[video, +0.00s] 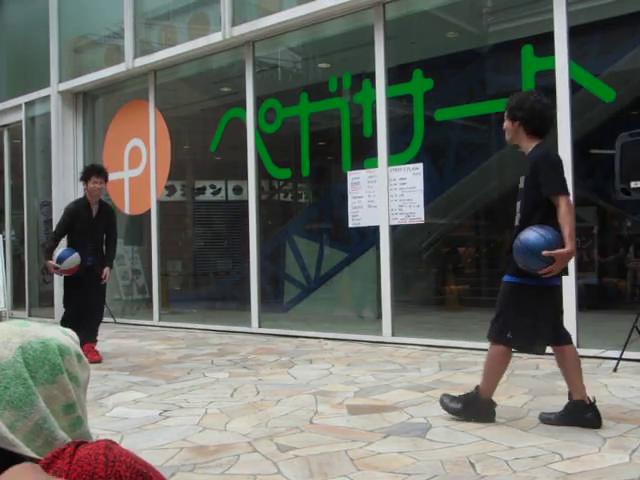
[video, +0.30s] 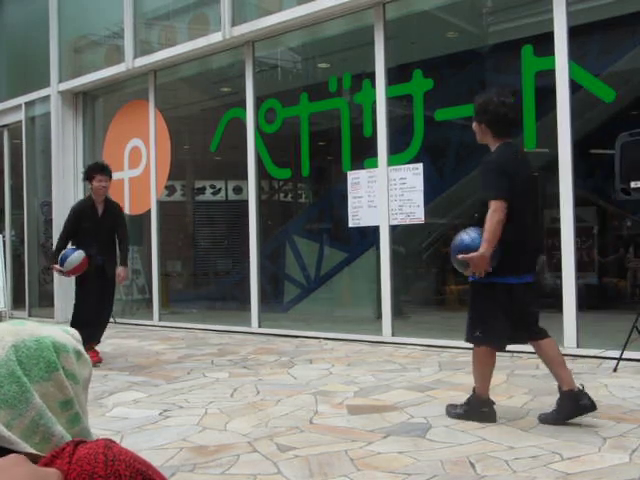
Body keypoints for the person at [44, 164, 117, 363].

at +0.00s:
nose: (98, 187)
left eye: (101, 184)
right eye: (94, 183)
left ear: (105, 186)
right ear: (85, 185)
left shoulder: (108, 211)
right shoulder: (74, 209)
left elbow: (111, 240)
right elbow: (56, 235)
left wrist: (108, 265)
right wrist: (48, 258)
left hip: (96, 267)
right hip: (74, 267)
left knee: (95, 307)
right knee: (74, 307)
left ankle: (89, 344)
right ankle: (65, 345)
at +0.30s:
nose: (102, 185)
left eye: (106, 181)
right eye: (98, 181)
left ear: (110, 184)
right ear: (90, 183)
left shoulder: (115, 209)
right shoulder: (80, 209)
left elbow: (123, 239)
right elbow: (65, 236)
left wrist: (123, 264)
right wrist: (55, 260)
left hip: (107, 266)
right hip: (85, 266)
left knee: (105, 306)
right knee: (85, 305)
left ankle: (92, 345)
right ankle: (82, 346)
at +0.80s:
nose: (135, 187)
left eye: (136, 183)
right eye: (131, 183)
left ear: (136, 185)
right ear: (118, 185)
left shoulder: (135, 208)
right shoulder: (107, 210)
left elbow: (138, 239)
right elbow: (100, 241)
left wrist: (136, 264)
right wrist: (103, 269)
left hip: (129, 264)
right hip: (111, 265)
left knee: (135, 304)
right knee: (117, 305)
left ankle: (105, 335)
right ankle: (124, 349)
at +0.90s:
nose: (141, 187)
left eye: (142, 183)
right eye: (137, 183)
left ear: (142, 184)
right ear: (124, 184)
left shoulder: (138, 207)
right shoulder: (113, 208)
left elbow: (143, 238)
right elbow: (109, 241)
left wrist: (144, 266)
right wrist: (117, 268)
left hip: (133, 266)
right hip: (114, 266)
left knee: (143, 300)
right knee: (119, 305)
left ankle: (124, 337)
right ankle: (122, 349)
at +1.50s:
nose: (165, 185)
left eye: (167, 182)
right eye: (161, 181)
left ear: (168, 184)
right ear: (148, 182)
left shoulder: (163, 208)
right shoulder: (137, 206)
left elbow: (164, 238)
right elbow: (132, 238)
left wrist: (175, 253)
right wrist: (148, 253)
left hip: (156, 260)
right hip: (137, 261)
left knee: (160, 300)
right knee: (143, 301)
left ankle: (160, 340)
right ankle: (143, 343)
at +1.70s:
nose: (163, 184)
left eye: (165, 181)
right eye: (159, 180)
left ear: (166, 182)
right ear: (146, 180)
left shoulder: (163, 206)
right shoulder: (135, 203)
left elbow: (175, 228)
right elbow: (138, 230)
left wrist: (192, 237)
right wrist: (163, 234)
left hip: (153, 259)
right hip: (136, 260)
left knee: (160, 299)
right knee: (150, 299)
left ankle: (160, 338)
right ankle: (153, 341)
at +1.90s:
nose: (161, 185)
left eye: (163, 181)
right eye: (157, 181)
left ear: (166, 183)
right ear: (145, 182)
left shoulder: (160, 206)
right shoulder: (136, 203)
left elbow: (161, 231)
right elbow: (142, 225)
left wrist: (178, 231)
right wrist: (168, 229)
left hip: (153, 261)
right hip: (135, 262)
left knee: (158, 301)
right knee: (147, 302)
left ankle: (158, 341)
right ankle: (148, 344)